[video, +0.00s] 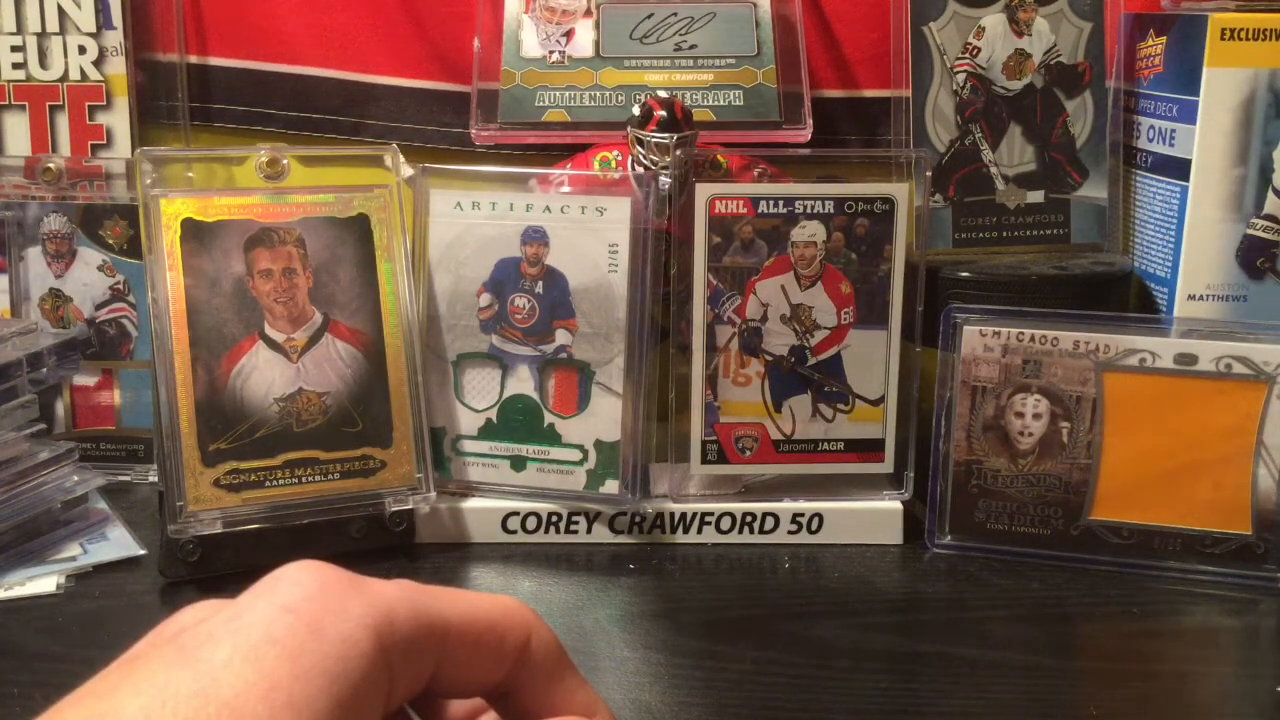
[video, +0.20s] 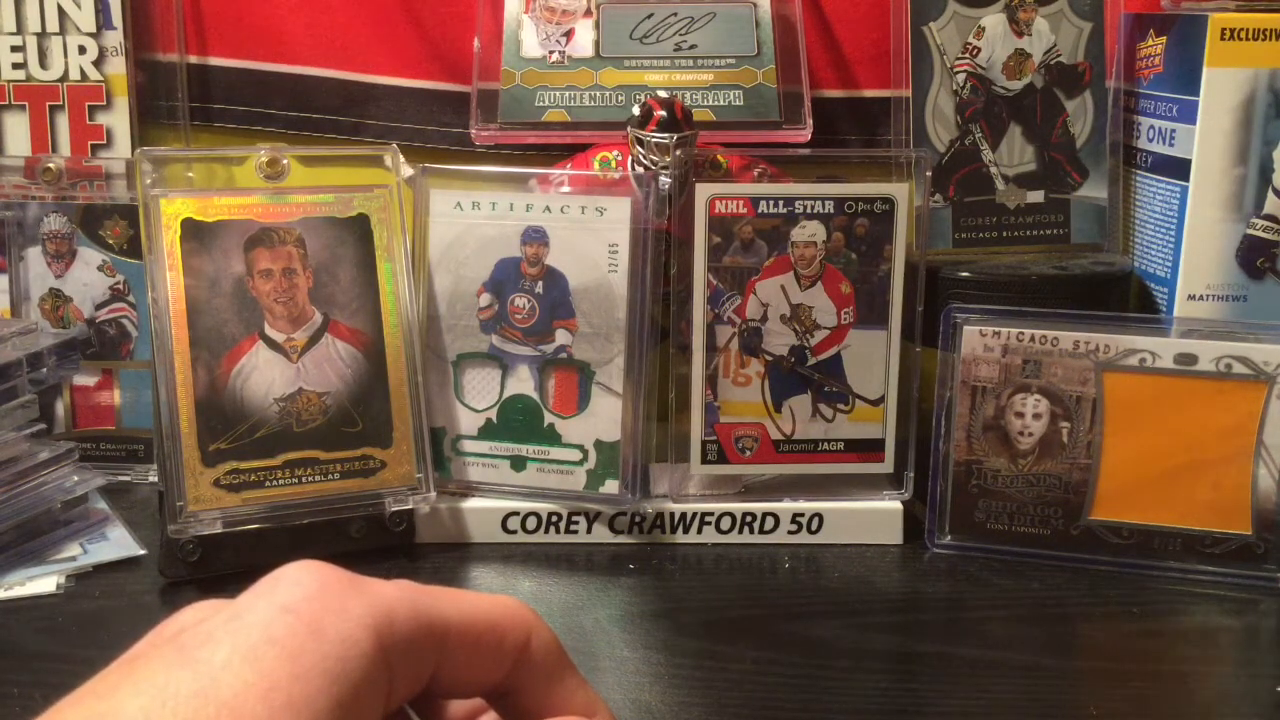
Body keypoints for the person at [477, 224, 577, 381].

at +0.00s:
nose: (535, 251)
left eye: (540, 247)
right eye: (530, 246)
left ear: (546, 250)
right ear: (522, 248)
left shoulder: (557, 280)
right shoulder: (504, 268)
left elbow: (565, 321)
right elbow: (486, 293)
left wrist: (562, 351)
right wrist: (487, 319)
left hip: (542, 352)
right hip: (503, 348)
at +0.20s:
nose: (534, 252)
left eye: (540, 247)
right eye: (530, 246)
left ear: (546, 250)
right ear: (522, 248)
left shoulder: (557, 280)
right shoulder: (504, 268)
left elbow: (565, 320)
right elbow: (487, 293)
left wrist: (562, 349)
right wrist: (487, 317)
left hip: (543, 352)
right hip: (503, 349)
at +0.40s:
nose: (534, 251)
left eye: (540, 247)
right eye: (530, 246)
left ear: (546, 250)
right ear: (522, 248)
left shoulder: (557, 280)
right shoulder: (504, 268)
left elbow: (565, 320)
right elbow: (487, 293)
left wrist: (562, 349)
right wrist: (487, 319)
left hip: (542, 353)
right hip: (503, 349)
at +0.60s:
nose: (534, 251)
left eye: (540, 247)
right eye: (530, 246)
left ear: (546, 250)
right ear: (522, 248)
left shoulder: (557, 280)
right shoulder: (504, 268)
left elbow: (565, 320)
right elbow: (487, 293)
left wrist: (562, 349)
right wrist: (487, 319)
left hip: (542, 353)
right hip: (503, 349)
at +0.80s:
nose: (534, 251)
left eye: (540, 247)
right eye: (530, 246)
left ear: (546, 251)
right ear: (522, 248)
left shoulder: (556, 279)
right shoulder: (505, 268)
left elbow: (565, 321)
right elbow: (487, 291)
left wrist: (562, 349)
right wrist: (486, 313)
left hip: (541, 353)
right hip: (502, 348)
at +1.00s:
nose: (534, 251)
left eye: (540, 247)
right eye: (530, 246)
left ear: (546, 251)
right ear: (522, 248)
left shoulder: (556, 279)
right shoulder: (504, 268)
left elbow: (565, 321)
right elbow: (487, 291)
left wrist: (562, 348)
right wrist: (486, 311)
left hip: (541, 353)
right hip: (502, 348)